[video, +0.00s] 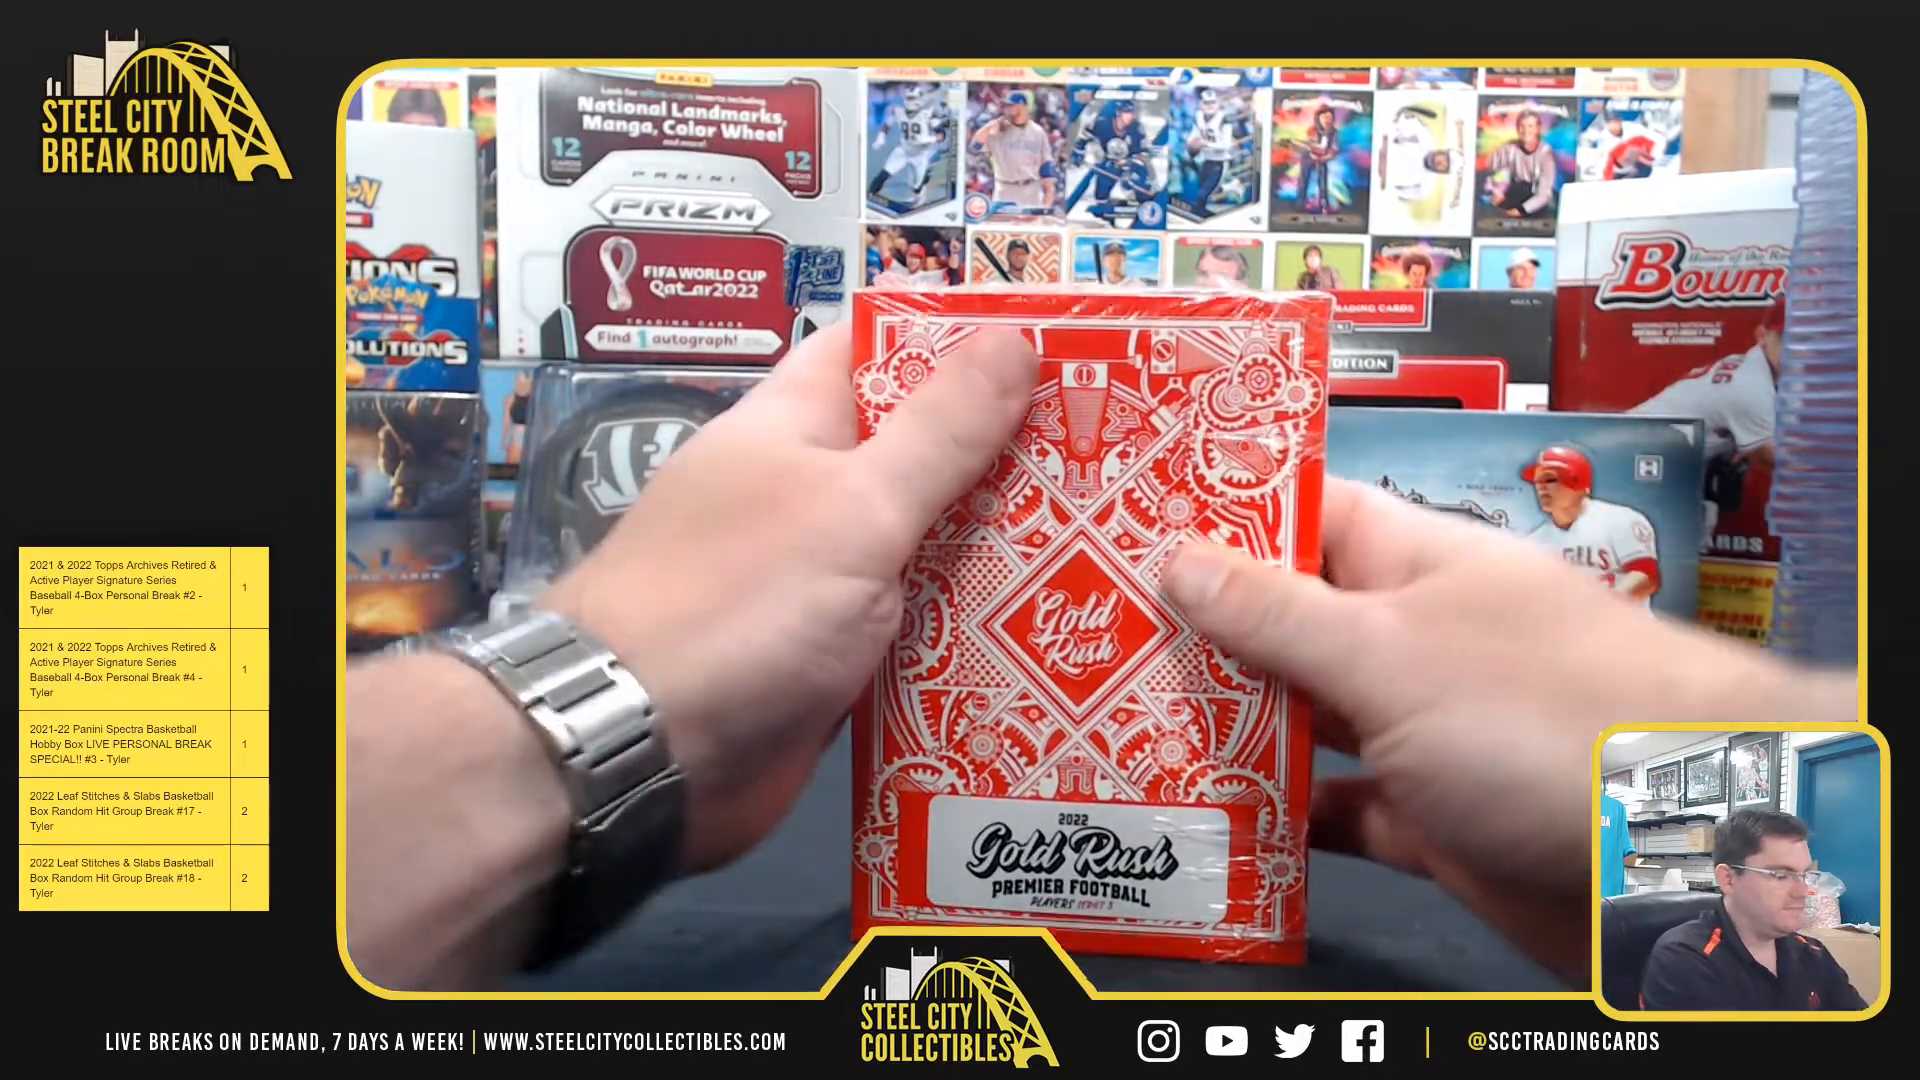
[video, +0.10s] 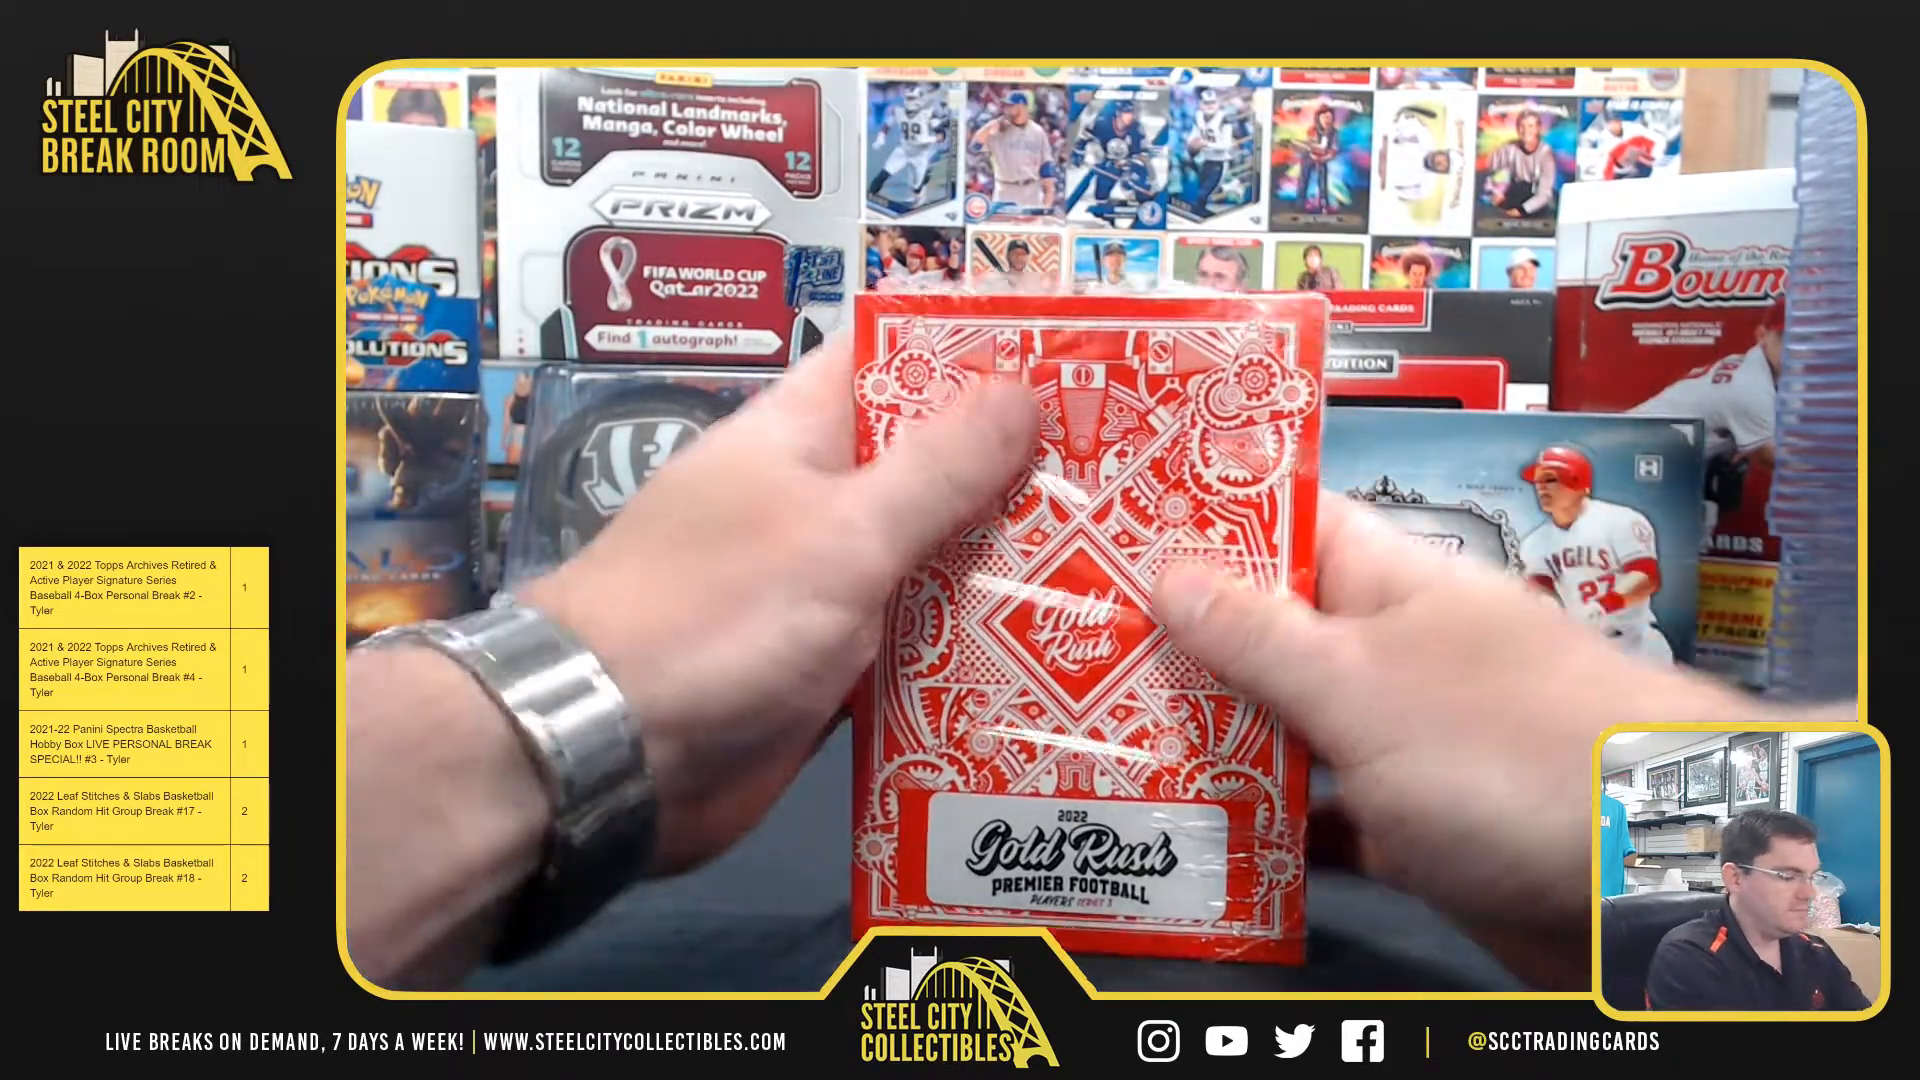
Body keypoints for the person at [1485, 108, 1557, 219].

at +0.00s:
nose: (1526, 131)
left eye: (1531, 126)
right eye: (1522, 126)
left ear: (1538, 129)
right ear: (1518, 130)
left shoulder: (1545, 154)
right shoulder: (1507, 150)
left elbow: (1545, 192)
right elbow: (1489, 177)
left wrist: (1523, 209)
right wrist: (1495, 194)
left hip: (1535, 188)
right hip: (1513, 188)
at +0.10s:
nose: (1526, 131)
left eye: (1531, 126)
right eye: (1522, 126)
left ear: (1538, 129)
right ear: (1518, 130)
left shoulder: (1545, 154)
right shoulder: (1507, 150)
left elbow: (1545, 192)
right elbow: (1489, 176)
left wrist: (1523, 209)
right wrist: (1495, 194)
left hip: (1535, 188)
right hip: (1513, 188)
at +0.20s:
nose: (1526, 130)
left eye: (1531, 126)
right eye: (1522, 126)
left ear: (1538, 129)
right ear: (1518, 130)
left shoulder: (1545, 154)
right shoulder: (1508, 150)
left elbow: (1545, 192)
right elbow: (1487, 174)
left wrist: (1523, 209)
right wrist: (1494, 194)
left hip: (1536, 188)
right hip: (1514, 188)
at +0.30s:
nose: (1526, 131)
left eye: (1531, 126)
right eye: (1522, 126)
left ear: (1539, 129)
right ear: (1518, 130)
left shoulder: (1545, 153)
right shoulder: (1509, 150)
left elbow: (1545, 192)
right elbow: (1486, 173)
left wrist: (1523, 209)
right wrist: (1493, 194)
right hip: (1514, 188)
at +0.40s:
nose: (1526, 131)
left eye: (1531, 127)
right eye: (1522, 126)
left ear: (1538, 129)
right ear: (1517, 130)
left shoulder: (1545, 154)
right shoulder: (1508, 151)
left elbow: (1545, 192)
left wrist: (1523, 209)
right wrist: (1494, 194)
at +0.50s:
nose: (1526, 131)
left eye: (1530, 127)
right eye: (1522, 127)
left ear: (1538, 129)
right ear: (1517, 130)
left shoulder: (1546, 156)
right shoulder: (1509, 150)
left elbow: (1545, 193)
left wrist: (1523, 210)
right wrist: (1495, 192)